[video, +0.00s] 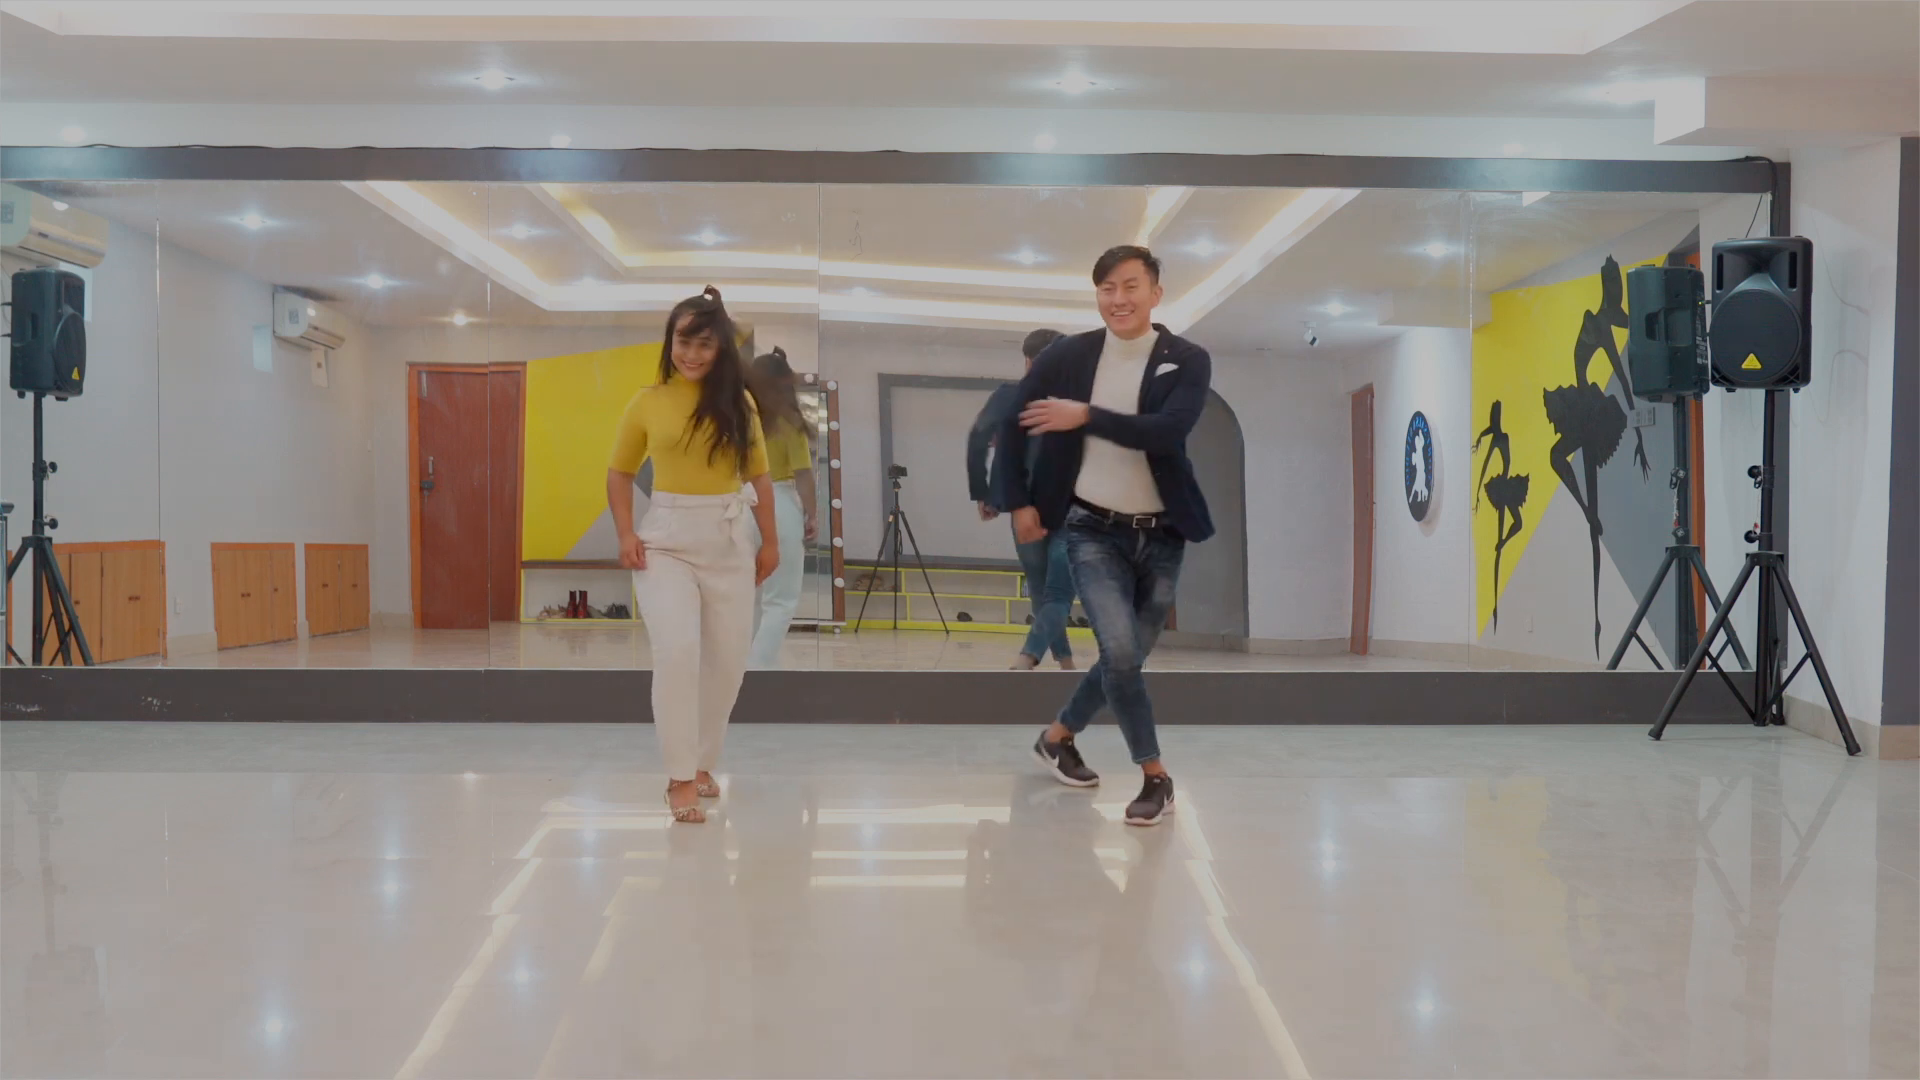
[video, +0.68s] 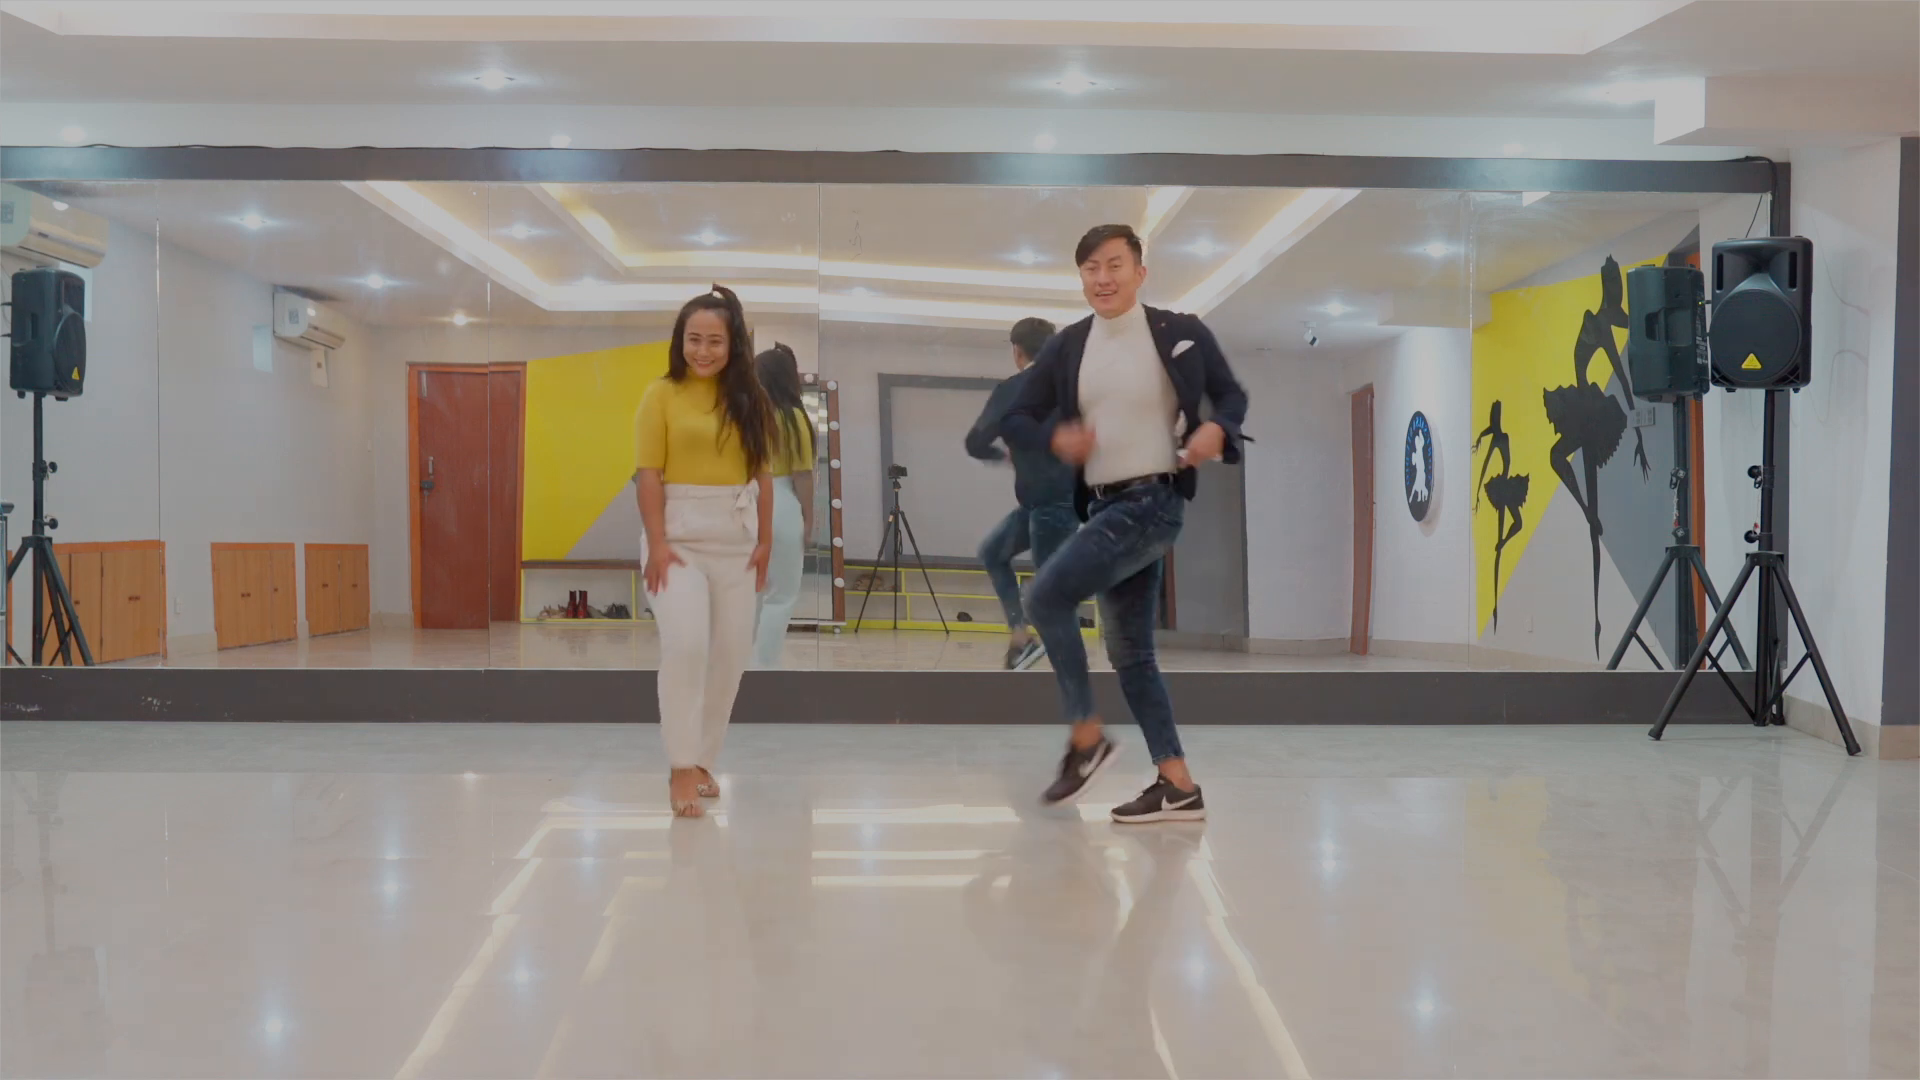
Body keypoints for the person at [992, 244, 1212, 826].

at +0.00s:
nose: (1119, 298)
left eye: (1131, 285)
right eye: (1109, 288)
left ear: (1157, 292)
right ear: (1096, 298)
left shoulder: (1187, 359)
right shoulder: (1065, 356)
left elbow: (1169, 431)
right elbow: (1010, 429)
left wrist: (1086, 416)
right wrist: (1019, 502)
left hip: (1161, 530)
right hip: (1091, 525)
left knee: (1129, 655)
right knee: (1119, 651)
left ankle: (1059, 734)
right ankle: (1155, 775)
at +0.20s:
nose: (1110, 292)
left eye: (1123, 279)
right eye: (1100, 282)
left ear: (1149, 286)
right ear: (1090, 291)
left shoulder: (1176, 352)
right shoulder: (1081, 357)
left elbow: (1142, 438)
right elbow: (1067, 435)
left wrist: (1065, 499)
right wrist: (1041, 495)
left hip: (1168, 527)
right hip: (1099, 522)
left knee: (1143, 660)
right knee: (1119, 655)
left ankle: (1097, 728)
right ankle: (1155, 776)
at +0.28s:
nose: (1109, 286)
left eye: (1121, 274)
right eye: (1098, 276)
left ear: (1147, 281)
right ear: (1087, 288)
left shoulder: (1170, 348)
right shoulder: (1082, 352)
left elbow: (1162, 444)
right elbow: (1080, 425)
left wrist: (1101, 515)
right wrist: (1059, 467)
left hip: (1170, 521)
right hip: (1102, 519)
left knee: (1163, 667)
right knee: (1122, 652)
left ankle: (1122, 724)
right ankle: (1155, 775)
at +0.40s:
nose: (1105, 279)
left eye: (1118, 266)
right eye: (1094, 269)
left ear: (1144, 274)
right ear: (1083, 280)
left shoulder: (1168, 345)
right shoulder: (1079, 345)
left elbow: (1221, 425)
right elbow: (1077, 418)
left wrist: (1171, 491)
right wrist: (1063, 437)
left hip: (1164, 515)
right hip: (1100, 514)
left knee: (1158, 636)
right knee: (1119, 647)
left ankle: (1184, 683)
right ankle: (1155, 776)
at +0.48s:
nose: (1105, 275)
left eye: (1117, 262)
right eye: (1094, 265)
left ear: (1143, 270)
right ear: (1083, 275)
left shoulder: (1174, 337)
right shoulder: (1080, 341)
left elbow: (1250, 391)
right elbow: (1074, 406)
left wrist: (1213, 465)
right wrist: (1050, 404)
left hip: (1160, 502)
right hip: (1102, 507)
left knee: (1107, 598)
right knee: (1123, 644)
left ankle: (1201, 648)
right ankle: (1166, 777)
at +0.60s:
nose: (1107, 276)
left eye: (1118, 264)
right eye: (1095, 267)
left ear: (1144, 270)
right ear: (1083, 277)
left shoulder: (1182, 329)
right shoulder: (1078, 343)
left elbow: (1253, 379)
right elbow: (1034, 427)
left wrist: (1229, 438)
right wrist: (1050, 396)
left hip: (1157, 497)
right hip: (1108, 503)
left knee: (1043, 582)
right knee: (1136, 650)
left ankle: (1144, 682)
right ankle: (1179, 783)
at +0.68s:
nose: (1102, 278)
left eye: (1115, 265)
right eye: (1091, 268)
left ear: (1141, 271)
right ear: (1080, 278)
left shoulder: (1179, 331)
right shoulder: (1068, 344)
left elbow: (1231, 395)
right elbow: (1015, 418)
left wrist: (1217, 427)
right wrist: (1053, 434)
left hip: (1152, 500)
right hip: (1103, 505)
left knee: (1048, 596)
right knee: (1131, 652)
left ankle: (1085, 735)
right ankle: (1178, 782)